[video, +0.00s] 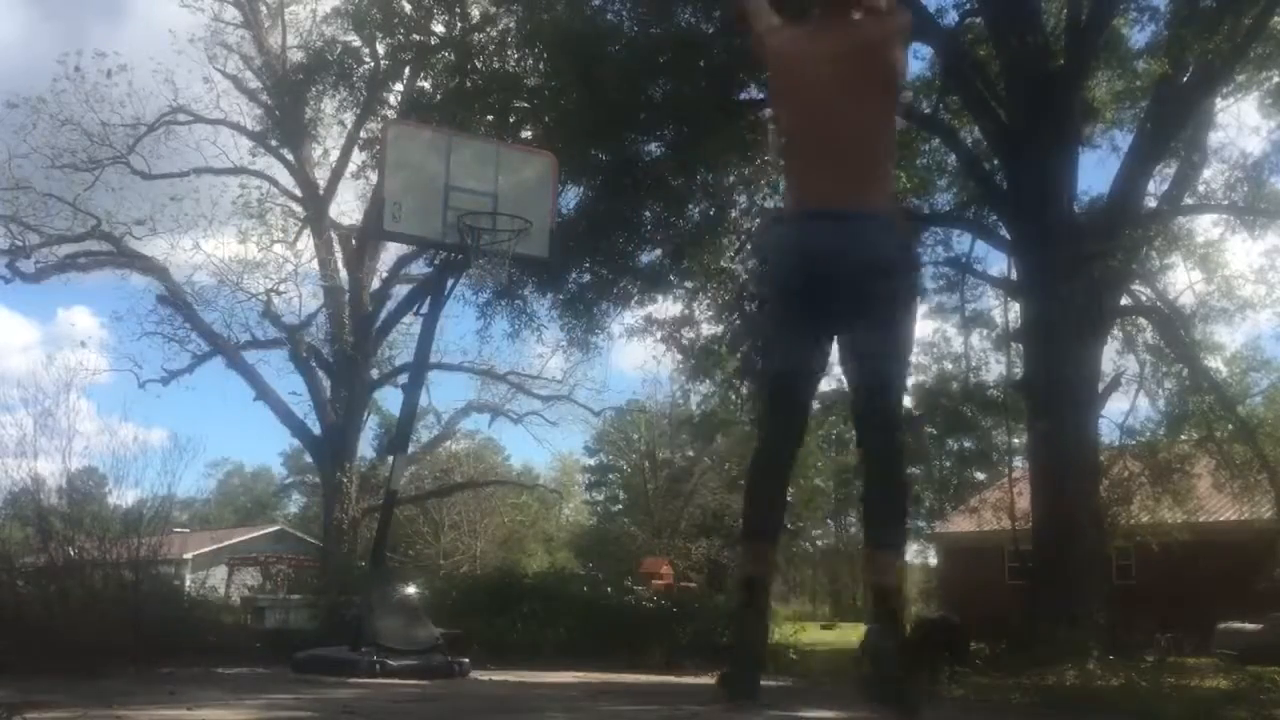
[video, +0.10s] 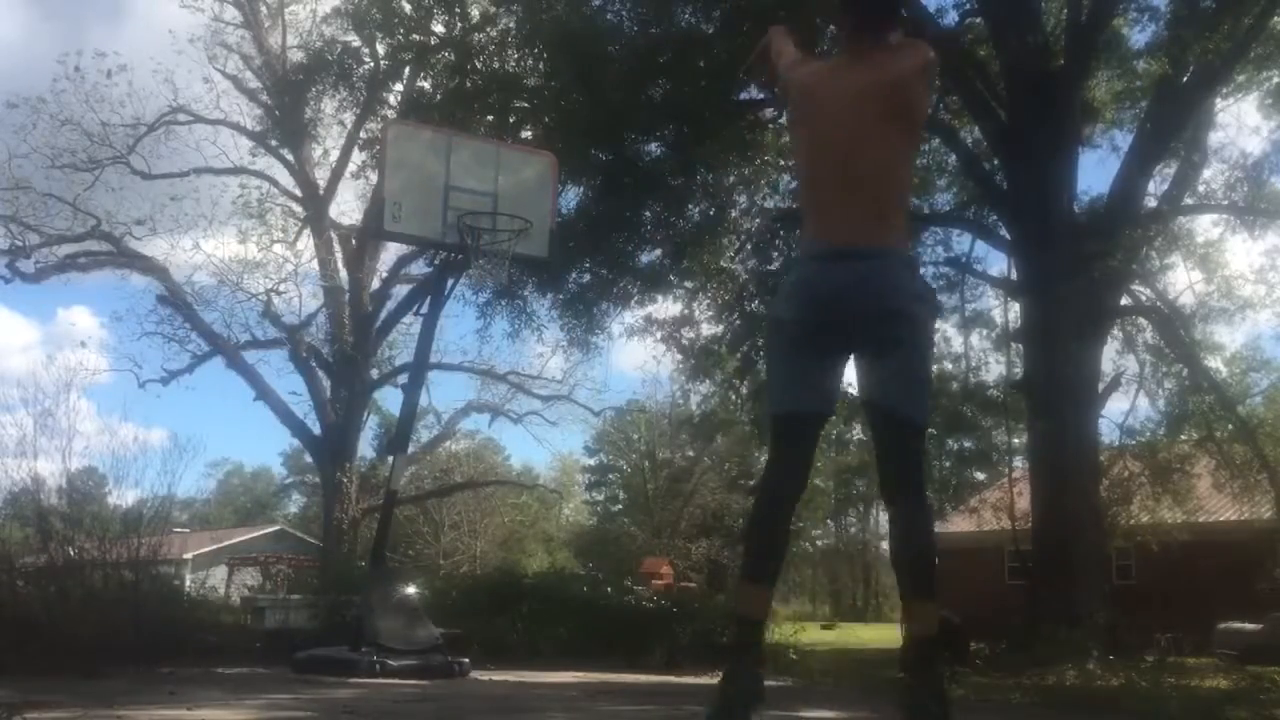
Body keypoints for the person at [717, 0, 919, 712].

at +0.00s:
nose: (878, 7)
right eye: (875, 5)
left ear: (804, 9)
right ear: (861, 6)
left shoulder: (778, 42)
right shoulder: (884, 34)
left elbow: (751, 4)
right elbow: (909, 11)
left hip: (798, 241)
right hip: (877, 241)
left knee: (777, 434)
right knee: (881, 435)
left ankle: (748, 633)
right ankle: (886, 638)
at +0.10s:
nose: (902, 34)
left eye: (890, 28)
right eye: (900, 27)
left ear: (841, 29)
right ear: (893, 30)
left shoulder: (806, 80)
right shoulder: (913, 70)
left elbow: (784, 56)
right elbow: (919, 45)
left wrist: (776, 37)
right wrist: (891, 23)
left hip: (812, 283)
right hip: (891, 282)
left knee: (783, 476)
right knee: (904, 485)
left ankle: (742, 660)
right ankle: (923, 669)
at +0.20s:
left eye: (876, 71)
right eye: (914, 77)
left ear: (863, 84)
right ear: (920, 84)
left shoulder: (823, 149)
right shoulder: (940, 141)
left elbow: (796, 135)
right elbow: (918, 89)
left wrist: (796, 103)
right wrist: (899, 33)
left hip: (829, 355)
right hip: (907, 353)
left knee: (796, 527)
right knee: (925, 534)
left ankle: (748, 685)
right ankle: (945, 690)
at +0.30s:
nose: (873, 147)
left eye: (877, 139)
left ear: (881, 144)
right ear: (942, 149)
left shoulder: (842, 219)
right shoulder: (961, 218)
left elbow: (798, 255)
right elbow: (984, 216)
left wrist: (809, 201)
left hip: (852, 418)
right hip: (927, 420)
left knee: (821, 578)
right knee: (933, 582)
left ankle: (762, 705)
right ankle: (943, 707)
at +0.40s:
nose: (903, 141)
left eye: (901, 130)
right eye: (939, 135)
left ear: (897, 133)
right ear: (956, 139)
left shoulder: (855, 221)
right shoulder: (988, 225)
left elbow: (826, 337)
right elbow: (995, 335)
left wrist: (825, 333)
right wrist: (939, 323)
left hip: (873, 416)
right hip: (954, 419)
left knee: (836, 580)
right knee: (946, 592)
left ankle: (773, 707)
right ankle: (946, 709)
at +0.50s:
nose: (906, 121)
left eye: (907, 111)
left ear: (911, 115)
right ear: (970, 119)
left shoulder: (872, 197)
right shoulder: (1005, 199)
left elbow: (860, 315)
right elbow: (1014, 310)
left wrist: (845, 408)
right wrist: (998, 388)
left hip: (894, 385)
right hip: (976, 389)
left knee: (863, 555)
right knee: (953, 563)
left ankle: (812, 699)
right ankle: (949, 704)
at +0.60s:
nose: (917, 105)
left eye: (920, 96)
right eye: (925, 96)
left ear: (924, 102)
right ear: (984, 105)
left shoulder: (891, 185)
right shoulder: (1021, 191)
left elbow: (880, 280)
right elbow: (1047, 300)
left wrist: (877, 368)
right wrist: (1065, 402)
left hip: (918, 369)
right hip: (998, 374)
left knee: (892, 538)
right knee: (970, 545)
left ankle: (895, 671)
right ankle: (963, 695)